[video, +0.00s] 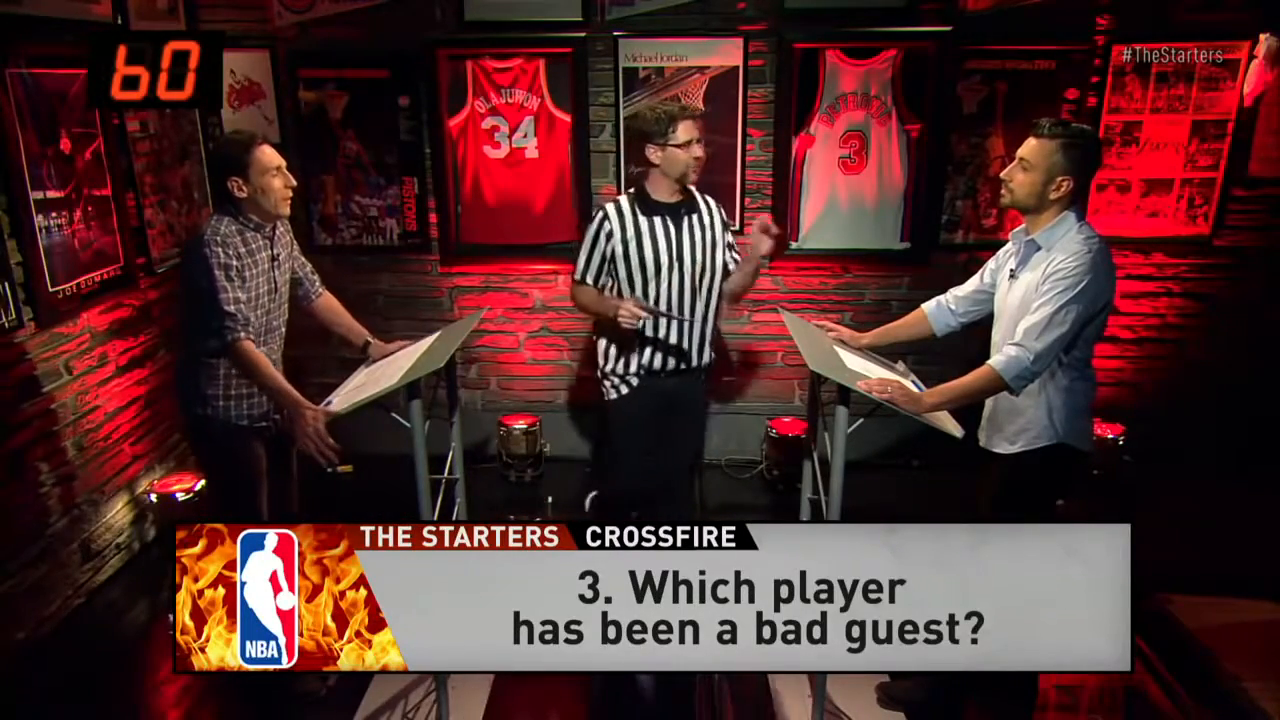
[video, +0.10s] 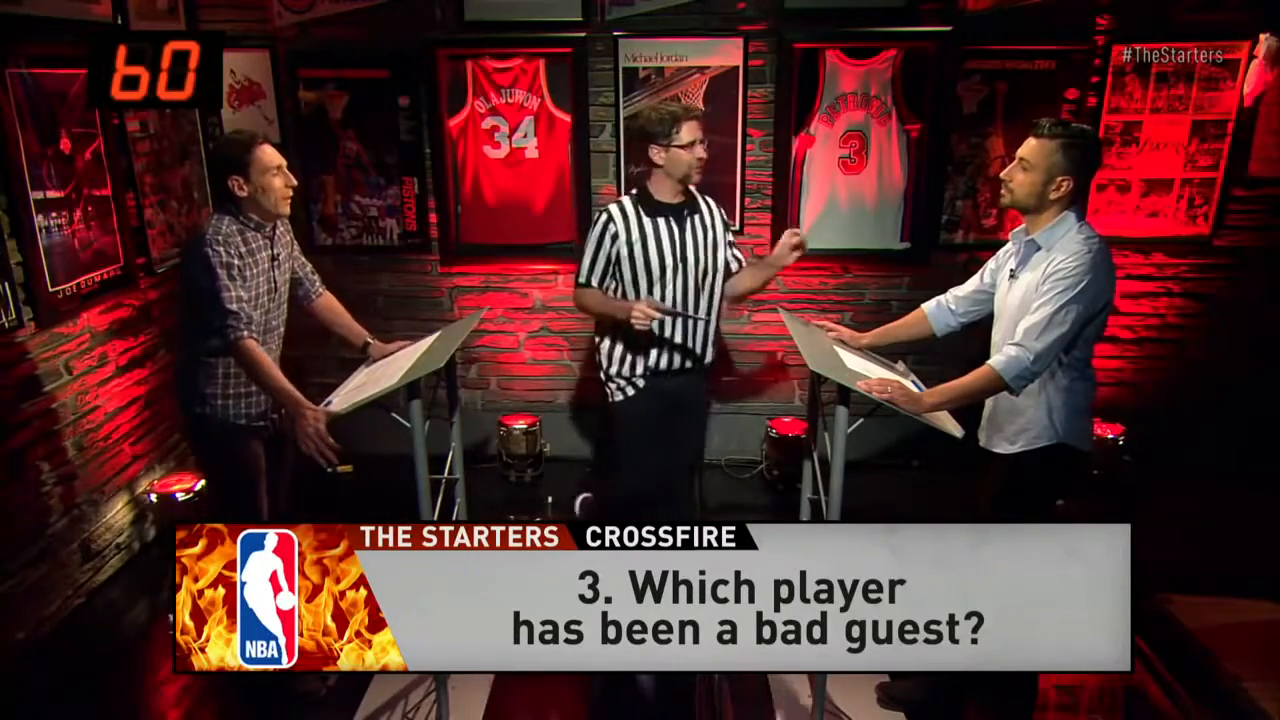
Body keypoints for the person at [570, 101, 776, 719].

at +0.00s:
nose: (701, 152)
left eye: (701, 142)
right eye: (690, 145)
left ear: (689, 149)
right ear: (654, 153)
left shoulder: (711, 214)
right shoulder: (615, 218)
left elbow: (725, 293)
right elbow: (581, 288)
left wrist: (754, 259)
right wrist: (610, 305)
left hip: (688, 383)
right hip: (631, 385)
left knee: (677, 504)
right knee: (625, 503)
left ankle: (671, 596)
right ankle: (617, 596)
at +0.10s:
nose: (703, 152)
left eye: (703, 143)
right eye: (693, 145)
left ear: (689, 154)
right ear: (657, 154)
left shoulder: (709, 212)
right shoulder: (617, 219)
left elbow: (727, 286)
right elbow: (584, 293)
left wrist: (775, 260)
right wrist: (623, 308)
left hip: (691, 384)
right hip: (633, 388)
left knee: (679, 505)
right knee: (632, 504)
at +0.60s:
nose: (649, 162)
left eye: (661, 152)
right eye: (644, 151)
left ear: (694, 156)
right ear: (639, 153)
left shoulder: (722, 216)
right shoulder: (619, 212)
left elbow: (733, 287)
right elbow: (586, 285)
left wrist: (716, 311)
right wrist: (619, 308)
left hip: (690, 381)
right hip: (628, 380)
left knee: (679, 487)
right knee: (631, 486)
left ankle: (674, 575)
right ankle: (620, 570)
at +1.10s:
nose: (628, 161)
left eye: (640, 153)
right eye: (627, 150)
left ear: (675, 158)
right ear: (625, 149)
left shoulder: (712, 221)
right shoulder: (616, 211)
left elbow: (728, 305)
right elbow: (598, 279)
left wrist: (673, 324)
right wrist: (593, 297)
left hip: (681, 385)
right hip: (619, 379)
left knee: (675, 494)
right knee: (611, 489)